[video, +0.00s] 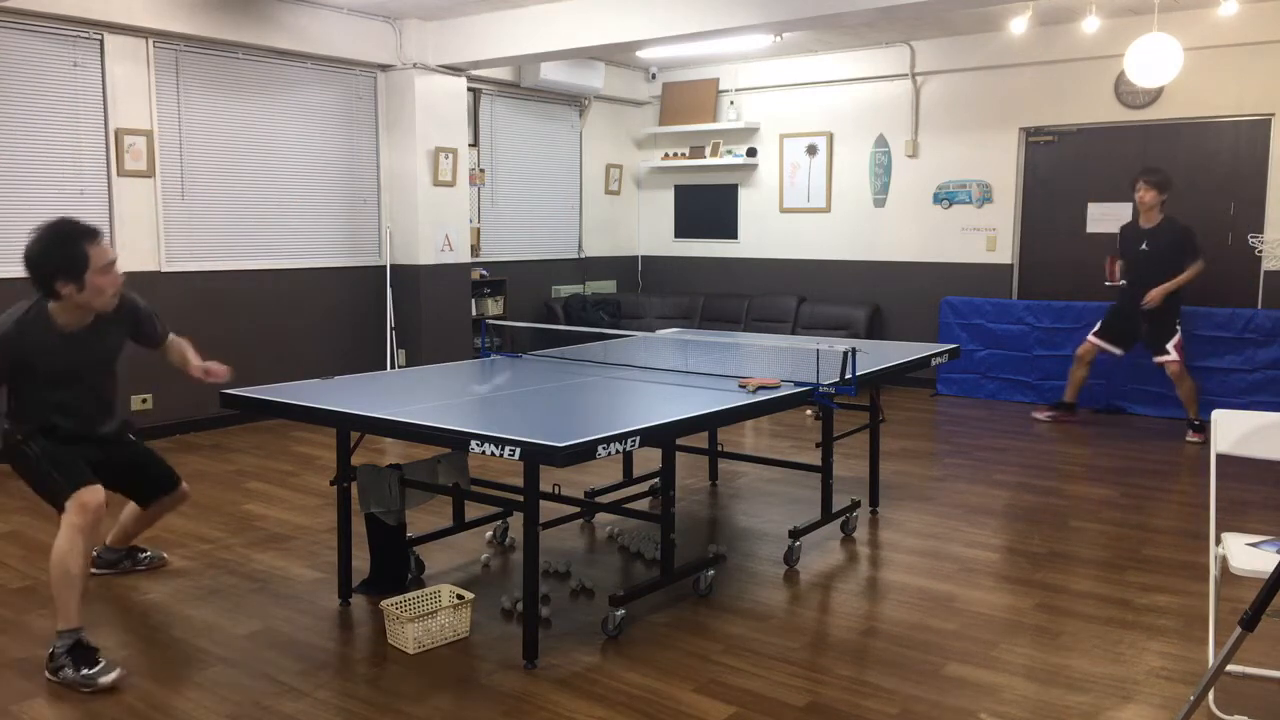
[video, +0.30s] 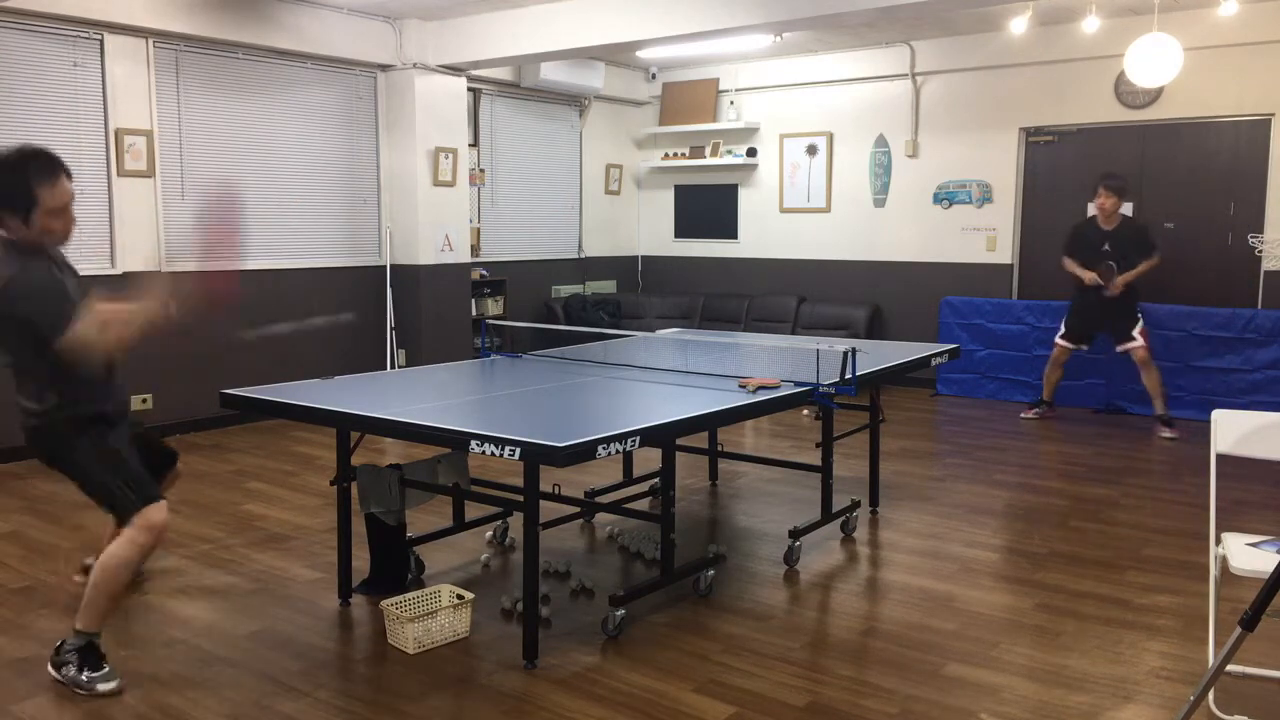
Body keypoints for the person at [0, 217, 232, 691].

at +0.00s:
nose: (119, 275)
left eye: (115, 264)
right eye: (106, 269)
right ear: (66, 287)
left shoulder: (119, 310)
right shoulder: (16, 334)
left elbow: (167, 340)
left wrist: (194, 365)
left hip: (102, 431)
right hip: (36, 437)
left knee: (169, 493)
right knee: (88, 500)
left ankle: (111, 551)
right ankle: (68, 646)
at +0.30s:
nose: (69, 222)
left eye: (71, 208)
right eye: (56, 213)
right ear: (12, 221)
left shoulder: (43, 258)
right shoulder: (21, 279)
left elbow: (89, 309)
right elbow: (87, 346)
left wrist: (146, 307)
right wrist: (147, 314)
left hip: (91, 408)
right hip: (61, 425)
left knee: (161, 463)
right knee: (148, 517)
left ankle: (114, 558)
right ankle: (78, 648)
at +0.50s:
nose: (54, 174)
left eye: (50, 165)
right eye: (43, 167)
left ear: (13, 186)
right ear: (16, 184)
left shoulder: (19, 237)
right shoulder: (26, 232)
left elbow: (54, 316)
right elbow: (124, 197)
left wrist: (112, 288)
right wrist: (88, 132)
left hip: (57, 410)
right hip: (66, 412)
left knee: (106, 508)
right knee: (156, 532)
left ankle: (15, 587)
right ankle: (62, 664)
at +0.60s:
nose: (58, 181)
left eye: (52, 170)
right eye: (47, 173)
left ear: (16, 189)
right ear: (18, 189)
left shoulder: (14, 241)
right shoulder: (30, 243)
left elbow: (30, 329)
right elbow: (132, 251)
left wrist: (98, 315)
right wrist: (151, 184)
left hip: (21, 413)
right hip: (47, 416)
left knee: (83, 515)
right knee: (140, 531)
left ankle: (4, 593)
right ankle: (60, 672)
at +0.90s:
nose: (108, 140)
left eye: (104, 129)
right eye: (100, 131)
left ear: (64, 142)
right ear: (72, 141)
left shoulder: (48, 196)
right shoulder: (43, 202)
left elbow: (55, 292)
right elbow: (72, 297)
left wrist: (114, 296)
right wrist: (155, 277)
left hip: (32, 377)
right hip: (18, 380)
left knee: (48, 485)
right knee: (63, 491)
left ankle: (7, 571)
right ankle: (29, 634)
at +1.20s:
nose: (141, 202)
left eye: (137, 191)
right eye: (132, 194)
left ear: (98, 207)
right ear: (103, 208)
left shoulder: (81, 258)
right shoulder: (63, 265)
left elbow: (81, 336)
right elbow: (66, 366)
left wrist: (134, 359)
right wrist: (146, 353)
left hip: (39, 406)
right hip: (12, 414)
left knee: (108, 470)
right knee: (93, 512)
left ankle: (86, 561)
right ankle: (23, 643)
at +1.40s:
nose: (142, 224)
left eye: (138, 213)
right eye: (132, 217)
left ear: (102, 230)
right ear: (100, 232)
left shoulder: (116, 271)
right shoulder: (47, 288)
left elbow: (119, 323)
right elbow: (34, 389)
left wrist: (160, 361)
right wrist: (112, 414)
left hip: (70, 404)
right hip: (20, 413)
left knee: (143, 470)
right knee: (90, 486)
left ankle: (91, 559)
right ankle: (49, 633)